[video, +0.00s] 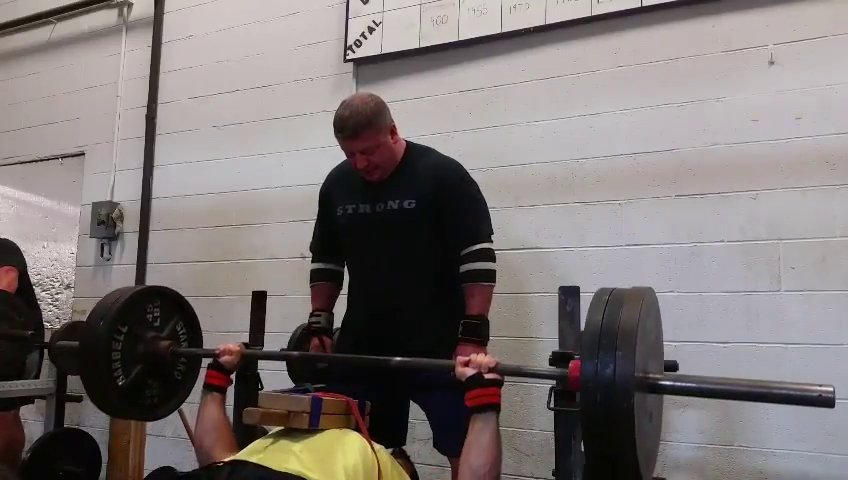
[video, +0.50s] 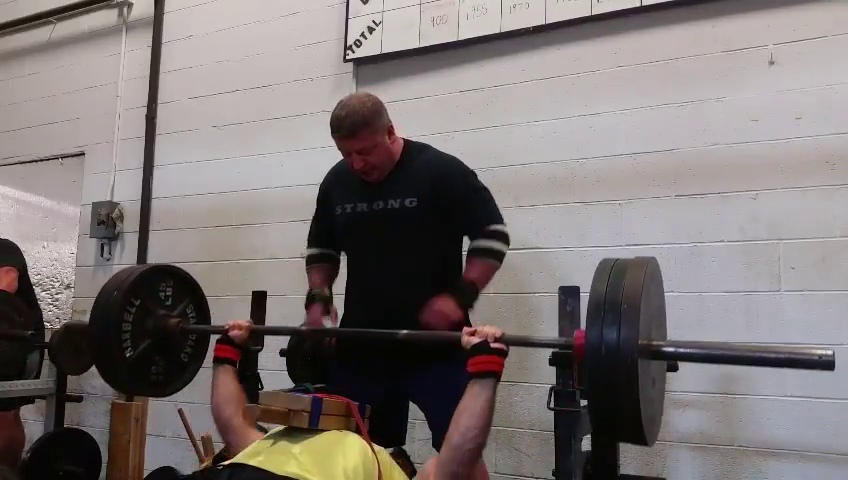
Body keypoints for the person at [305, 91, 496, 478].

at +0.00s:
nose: (360, 163)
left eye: (368, 152)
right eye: (351, 154)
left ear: (394, 134)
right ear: (341, 145)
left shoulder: (445, 178)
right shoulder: (338, 186)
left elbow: (478, 260)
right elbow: (327, 262)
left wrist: (473, 337)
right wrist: (319, 327)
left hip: (439, 341)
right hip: (366, 340)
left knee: (466, 451)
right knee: (367, 452)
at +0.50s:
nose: (357, 163)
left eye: (365, 152)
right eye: (348, 155)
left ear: (392, 134)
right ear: (338, 145)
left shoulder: (443, 173)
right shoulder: (338, 183)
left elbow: (493, 234)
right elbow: (322, 249)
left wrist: (460, 297)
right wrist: (318, 304)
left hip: (437, 345)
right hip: (364, 343)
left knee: (462, 457)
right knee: (366, 460)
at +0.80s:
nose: (358, 159)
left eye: (365, 148)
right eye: (349, 150)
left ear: (392, 131)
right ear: (340, 141)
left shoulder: (442, 170)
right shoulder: (336, 184)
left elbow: (490, 221)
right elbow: (309, 233)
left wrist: (451, 275)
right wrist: (298, 276)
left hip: (436, 342)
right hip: (363, 342)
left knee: (462, 452)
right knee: (357, 454)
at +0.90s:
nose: (352, 160)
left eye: (360, 149)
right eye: (344, 149)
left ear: (390, 133)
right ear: (337, 139)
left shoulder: (442, 170)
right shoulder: (338, 184)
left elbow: (486, 221)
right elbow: (309, 237)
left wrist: (448, 280)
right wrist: (296, 284)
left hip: (436, 342)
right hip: (363, 343)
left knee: (463, 456)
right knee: (357, 456)